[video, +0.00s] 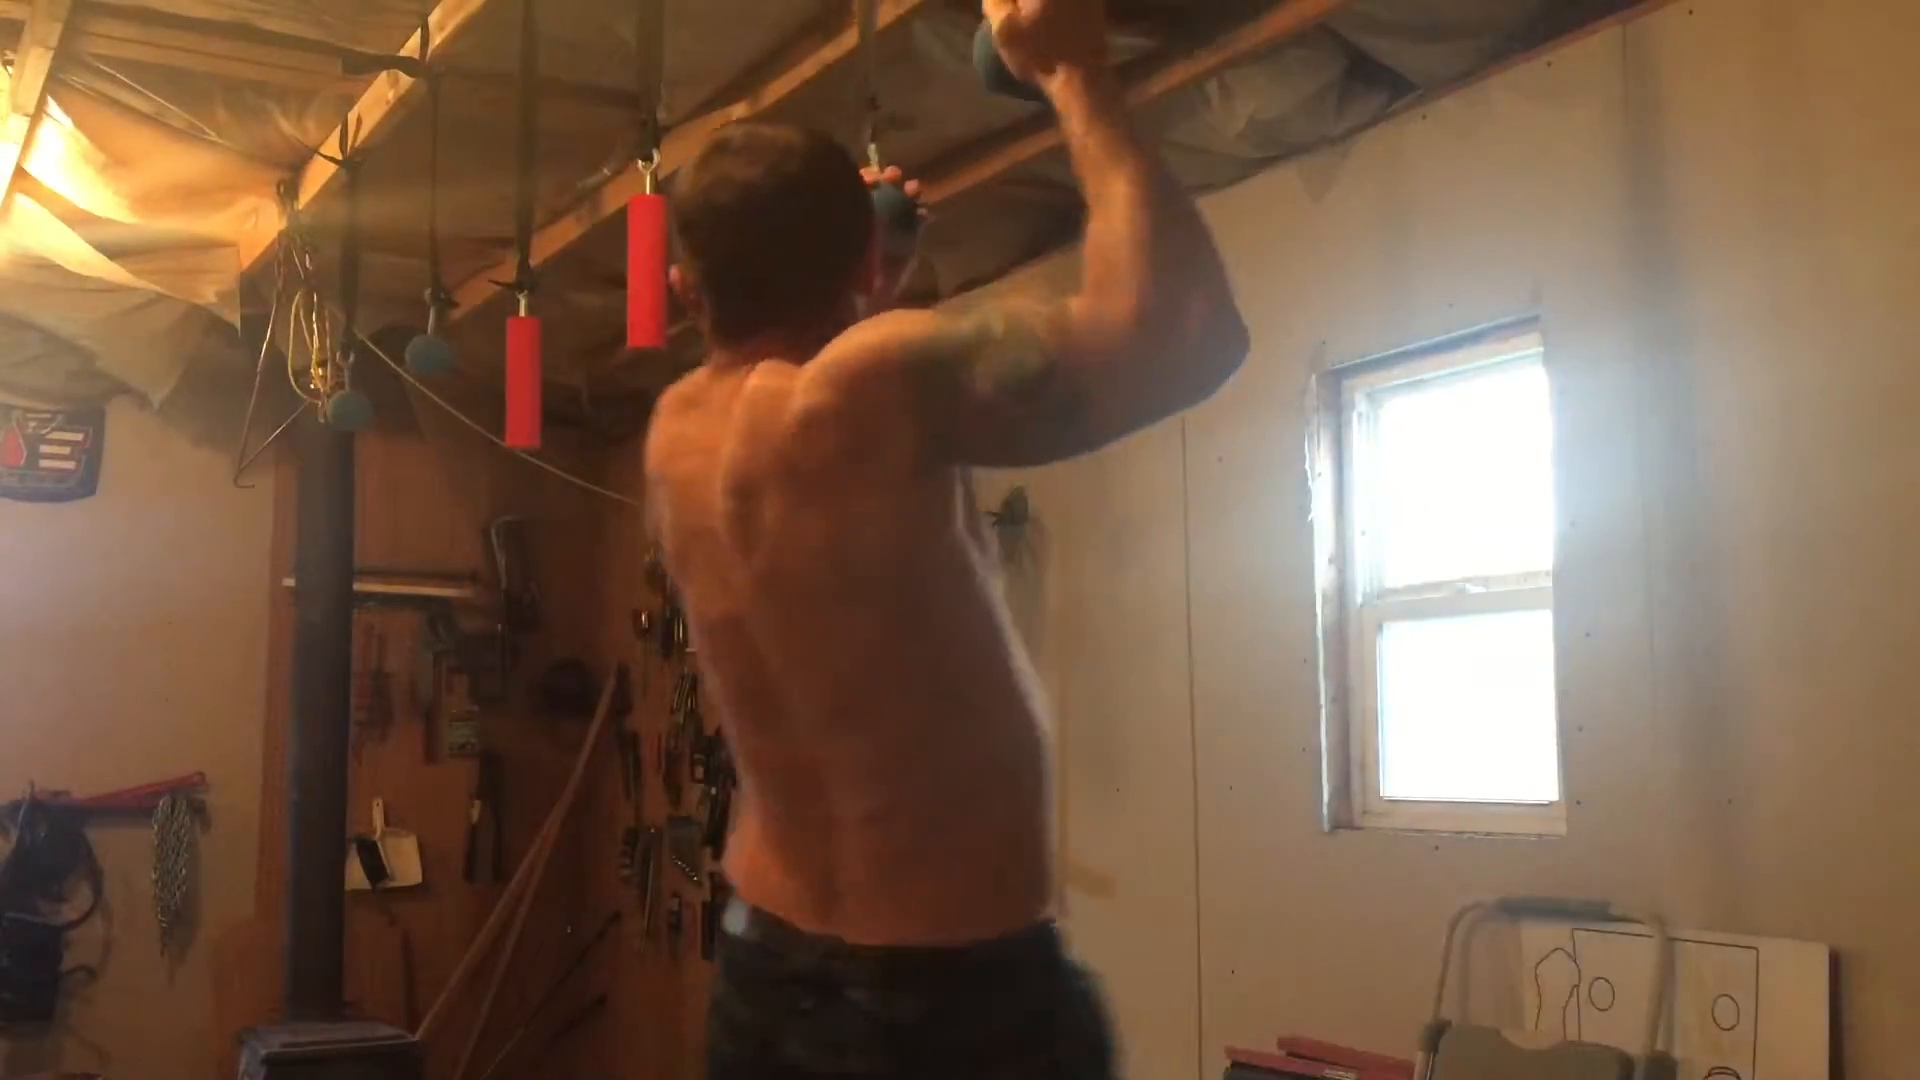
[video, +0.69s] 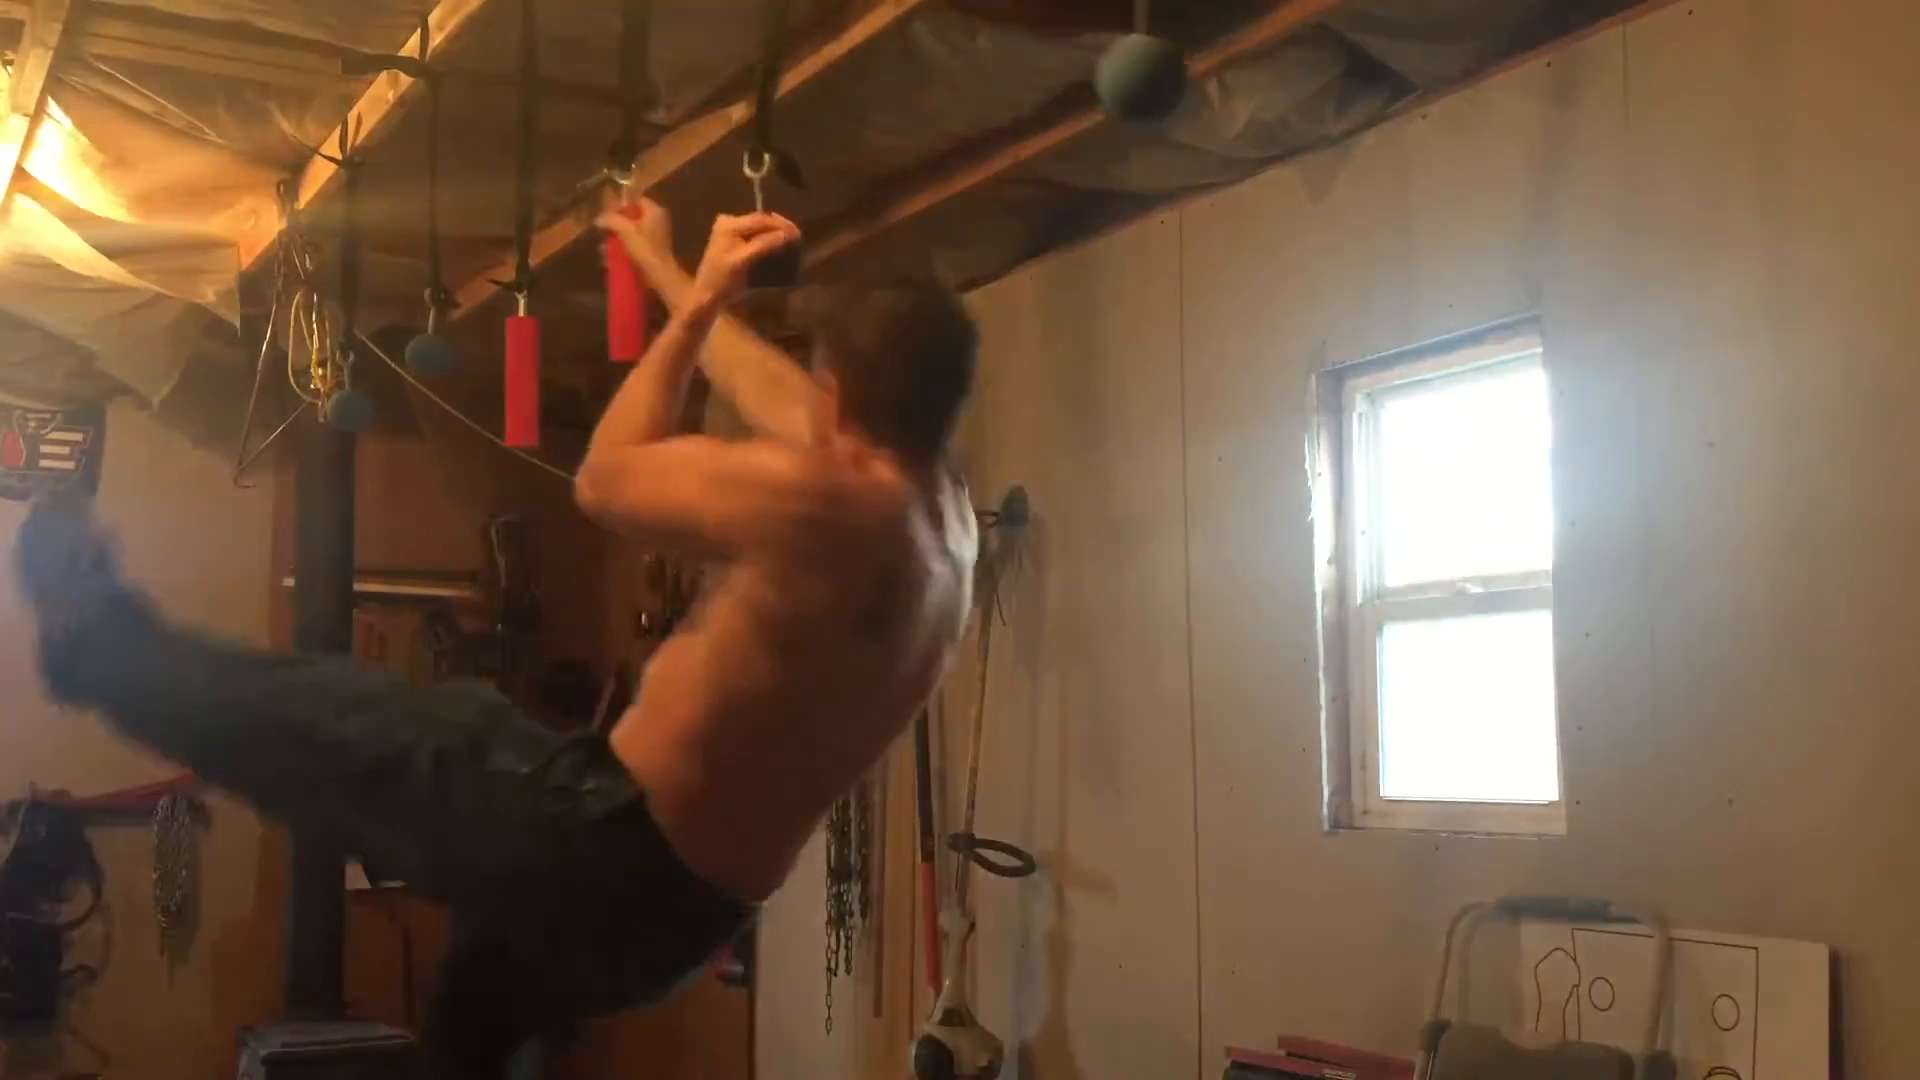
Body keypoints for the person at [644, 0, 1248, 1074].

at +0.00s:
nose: (878, 254)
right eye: (870, 234)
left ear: (702, 280)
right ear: (856, 267)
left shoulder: (675, 429)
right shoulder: (882, 379)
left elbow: (796, 398)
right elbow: (1181, 333)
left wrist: (877, 268)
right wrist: (1075, 77)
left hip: (765, 987)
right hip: (970, 1000)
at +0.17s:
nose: (860, 277)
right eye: (858, 258)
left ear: (671, 286)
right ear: (850, 280)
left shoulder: (611, 412)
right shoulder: (906, 420)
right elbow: (1190, 368)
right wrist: (1073, 121)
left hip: (651, 945)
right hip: (859, 991)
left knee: (511, 1054)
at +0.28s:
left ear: (682, 288)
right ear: (850, 295)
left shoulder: (589, 398)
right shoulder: (931, 448)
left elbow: (578, 541)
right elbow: (1147, 379)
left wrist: (693, 321)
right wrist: (1063, 128)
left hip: (598, 878)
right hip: (781, 921)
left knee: (399, 946)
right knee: (650, 1001)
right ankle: (647, 1069)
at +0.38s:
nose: (657, 280)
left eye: (672, 262)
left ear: (692, 296)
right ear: (868, 315)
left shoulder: (611, 417)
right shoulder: (943, 465)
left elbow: (605, 373)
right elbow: (981, 351)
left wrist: (674, 269)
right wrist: (991, 201)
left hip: (584, 843)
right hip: (754, 870)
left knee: (365, 879)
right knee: (623, 907)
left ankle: (336, 1057)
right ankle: (627, 1058)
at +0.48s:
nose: (735, 304)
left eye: (737, 281)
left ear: (744, 315)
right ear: (892, 332)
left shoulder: (678, 441)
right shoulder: (953, 456)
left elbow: (564, 454)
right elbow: (849, 402)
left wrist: (674, 291)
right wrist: (810, 238)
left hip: (581, 828)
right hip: (736, 858)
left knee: (372, 841)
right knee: (620, 913)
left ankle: (141, 1010)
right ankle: (628, 1031)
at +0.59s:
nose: (760, 328)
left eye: (773, 314)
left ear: (787, 342)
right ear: (916, 370)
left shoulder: (747, 462)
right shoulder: (938, 487)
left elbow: (585, 462)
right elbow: (781, 378)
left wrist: (689, 281)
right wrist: (681, 253)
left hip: (588, 839)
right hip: (709, 888)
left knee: (353, 781)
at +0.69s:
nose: (803, 384)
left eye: (813, 364)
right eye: (808, 366)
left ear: (839, 392)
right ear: (941, 404)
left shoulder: (822, 499)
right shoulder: (942, 529)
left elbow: (610, 473)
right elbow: (782, 400)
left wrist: (700, 304)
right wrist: (673, 280)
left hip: (592, 830)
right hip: (686, 908)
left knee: (332, 722)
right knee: (480, 1032)